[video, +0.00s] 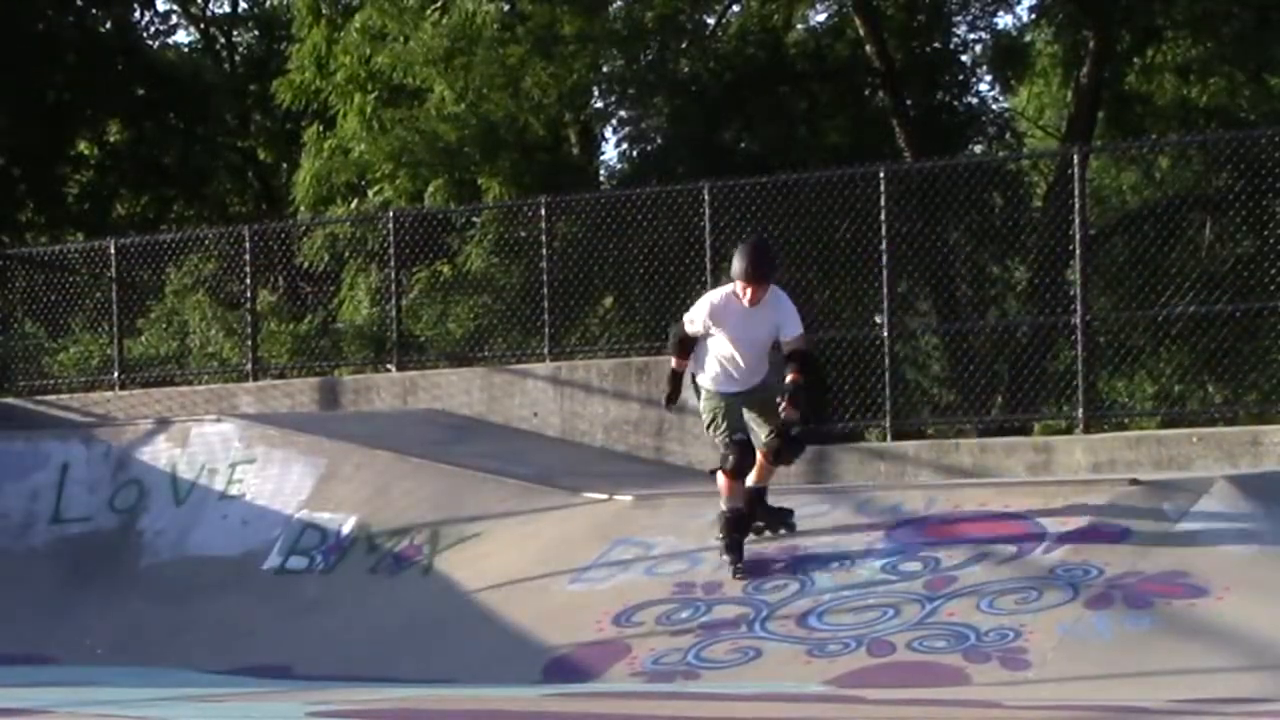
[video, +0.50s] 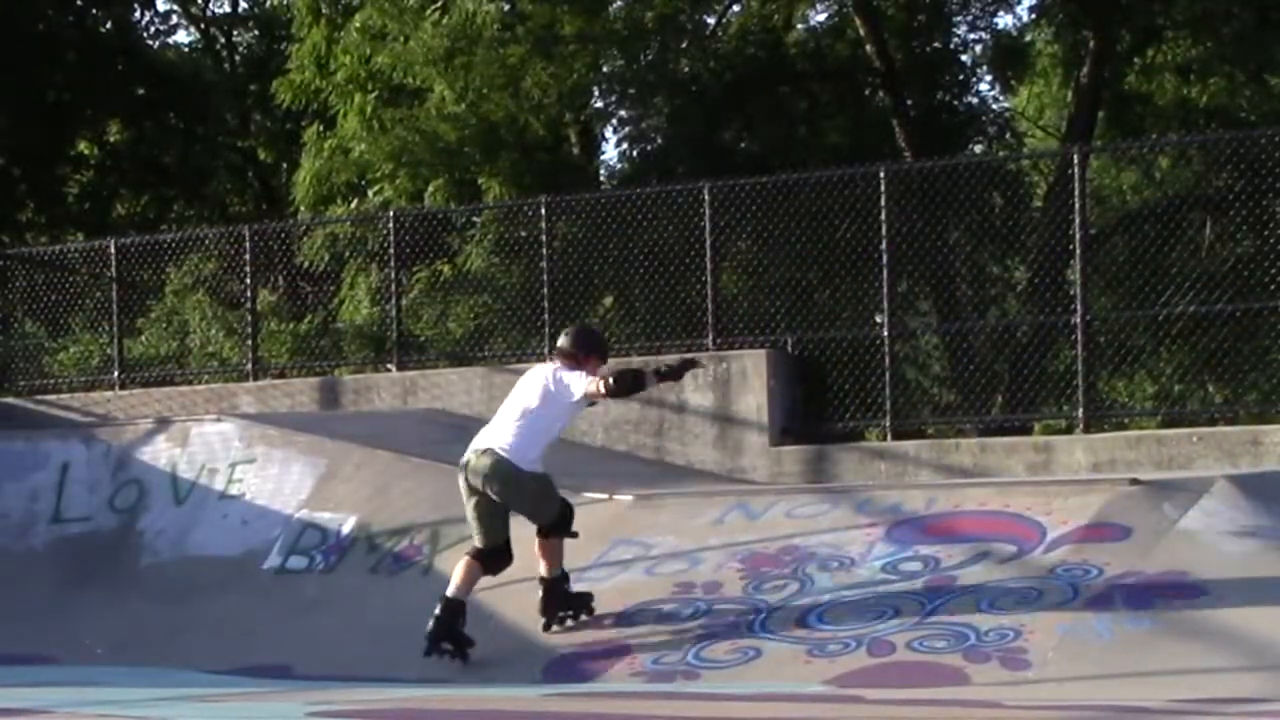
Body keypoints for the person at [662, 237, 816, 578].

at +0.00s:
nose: (750, 293)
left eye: (757, 286)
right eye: (744, 285)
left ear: (769, 280)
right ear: (734, 278)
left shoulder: (780, 305)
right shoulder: (714, 303)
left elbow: (796, 351)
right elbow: (684, 338)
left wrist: (793, 392)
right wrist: (675, 381)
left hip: (759, 386)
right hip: (716, 389)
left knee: (777, 445)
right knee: (735, 458)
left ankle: (753, 500)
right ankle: (733, 538)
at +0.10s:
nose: (746, 305)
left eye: (752, 299)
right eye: (741, 297)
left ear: (759, 298)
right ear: (725, 290)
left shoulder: (751, 320)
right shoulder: (699, 317)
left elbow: (770, 367)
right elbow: (647, 349)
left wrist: (791, 388)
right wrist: (621, 394)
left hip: (701, 395)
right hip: (670, 395)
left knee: (708, 457)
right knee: (725, 460)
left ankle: (680, 523)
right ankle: (721, 541)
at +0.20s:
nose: (735, 319)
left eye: (738, 313)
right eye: (731, 311)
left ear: (720, 308)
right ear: (710, 304)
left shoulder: (716, 335)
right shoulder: (679, 329)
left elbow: (742, 368)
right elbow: (632, 362)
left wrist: (777, 382)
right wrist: (611, 403)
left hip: (645, 415)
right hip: (642, 414)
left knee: (662, 477)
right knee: (701, 462)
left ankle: (623, 541)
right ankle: (709, 548)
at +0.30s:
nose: (694, 334)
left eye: (696, 328)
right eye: (690, 326)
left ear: (678, 324)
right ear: (670, 320)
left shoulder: (667, 353)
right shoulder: (646, 341)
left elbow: (699, 373)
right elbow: (629, 373)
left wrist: (744, 378)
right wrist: (644, 399)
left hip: (570, 427)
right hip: (597, 428)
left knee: (604, 503)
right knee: (661, 473)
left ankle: (562, 566)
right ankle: (667, 554)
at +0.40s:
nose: (653, 354)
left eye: (656, 348)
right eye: (651, 347)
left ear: (624, 337)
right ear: (631, 339)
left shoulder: (598, 352)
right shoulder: (612, 356)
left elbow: (643, 374)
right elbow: (628, 386)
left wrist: (674, 377)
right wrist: (672, 387)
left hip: (524, 442)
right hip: (557, 446)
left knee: (554, 525)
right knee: (615, 490)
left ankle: (510, 588)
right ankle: (620, 568)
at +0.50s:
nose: (599, 372)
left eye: (600, 367)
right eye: (598, 365)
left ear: (563, 353)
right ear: (585, 358)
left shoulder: (537, 372)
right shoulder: (567, 378)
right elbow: (610, 387)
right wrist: (661, 375)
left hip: (471, 462)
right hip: (504, 465)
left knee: (491, 552)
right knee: (556, 517)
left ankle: (446, 619)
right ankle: (555, 596)